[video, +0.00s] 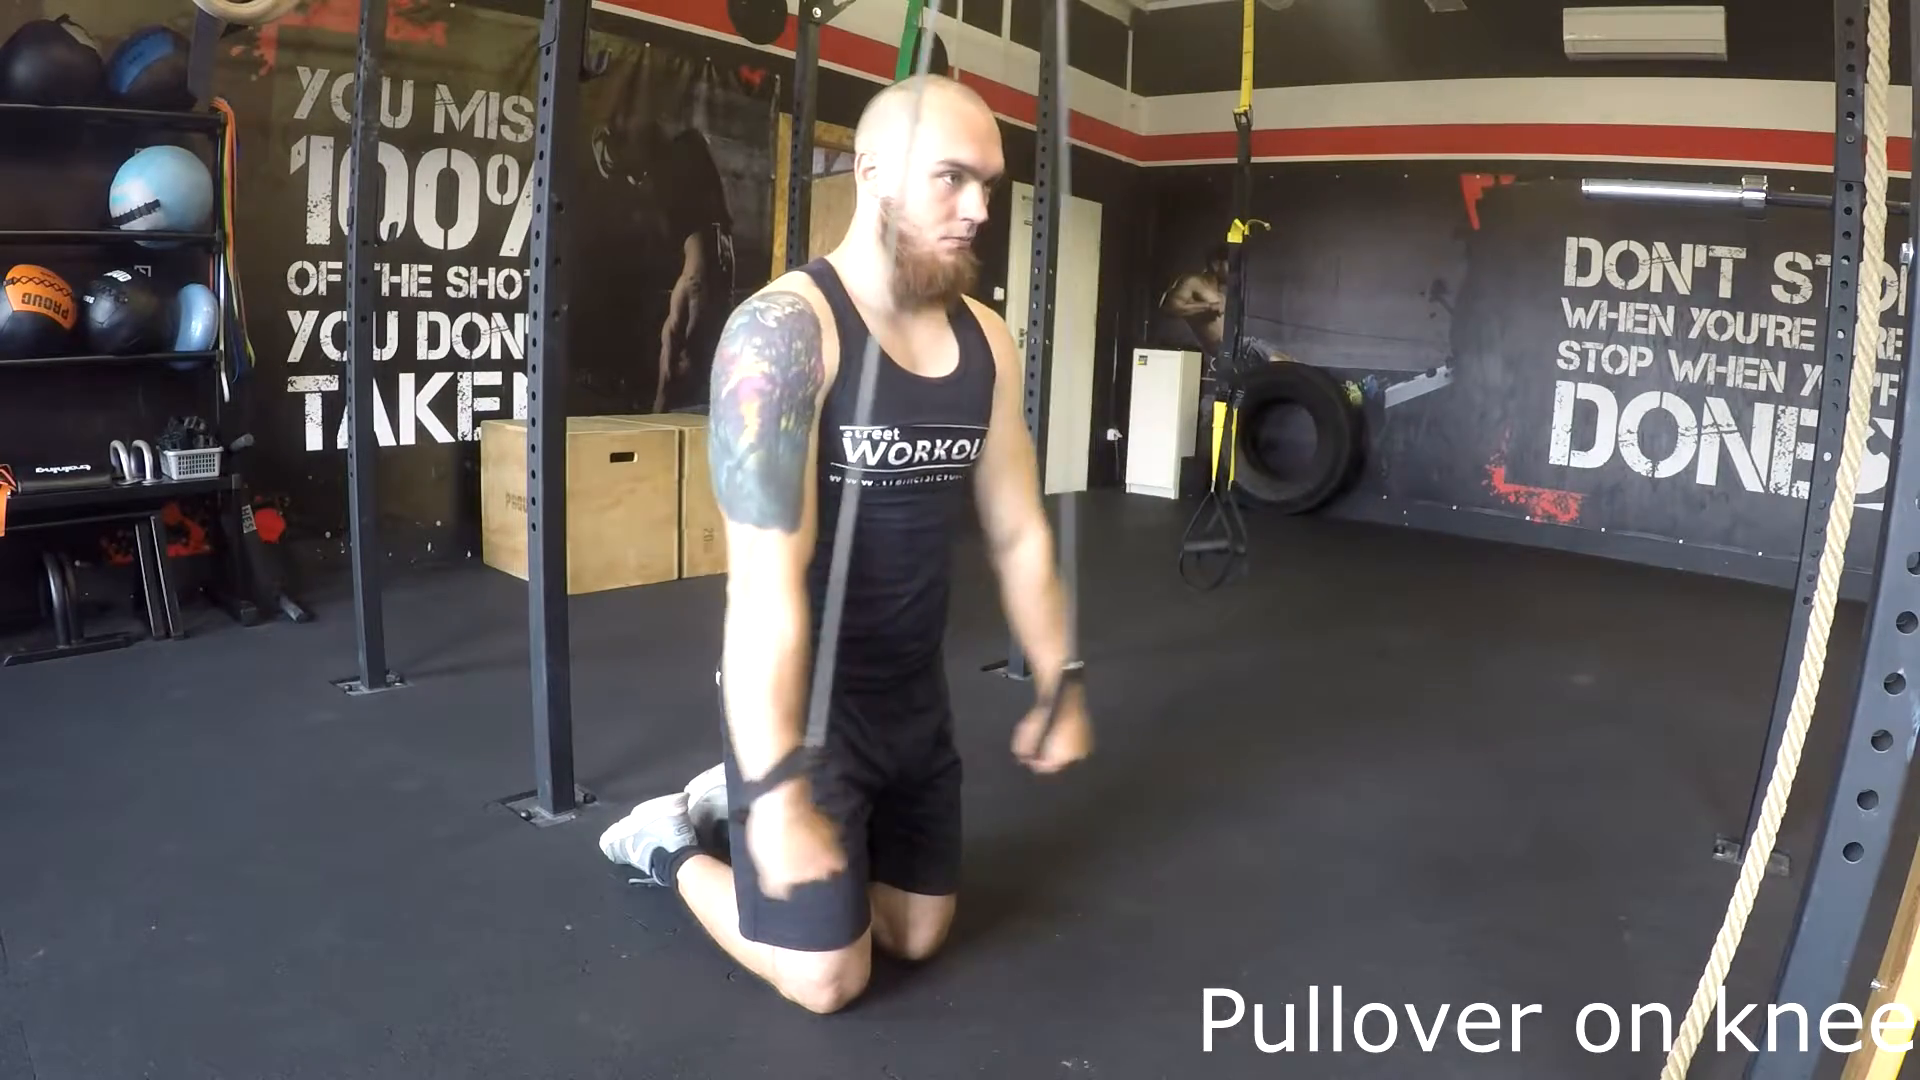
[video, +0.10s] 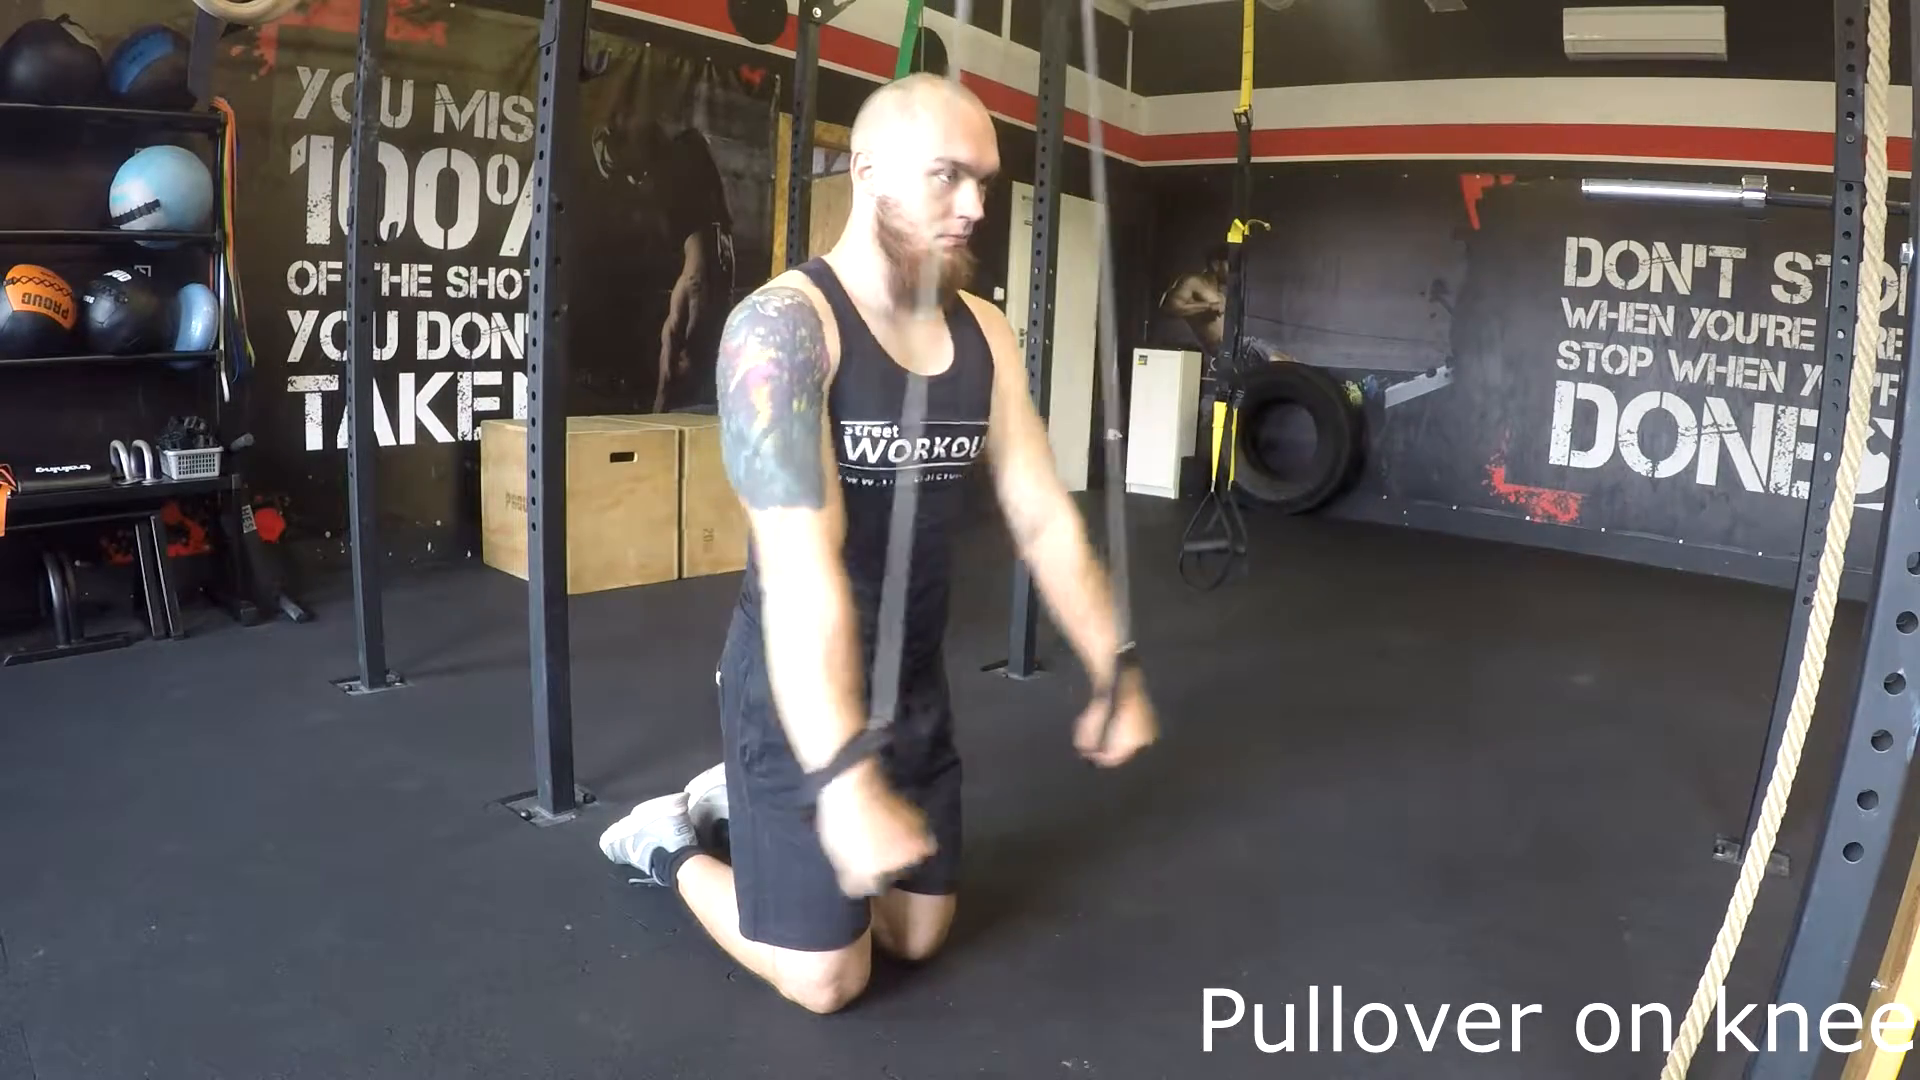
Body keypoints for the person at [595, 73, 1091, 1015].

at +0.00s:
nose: (977, 208)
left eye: (989, 184)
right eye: (951, 176)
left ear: (995, 193)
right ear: (871, 174)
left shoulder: (985, 338)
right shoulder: (781, 333)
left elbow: (1019, 530)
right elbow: (765, 582)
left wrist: (1058, 676)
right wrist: (780, 787)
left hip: (913, 697)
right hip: (804, 704)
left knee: (916, 932)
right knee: (825, 979)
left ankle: (732, 807)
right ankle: (672, 855)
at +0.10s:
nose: (973, 207)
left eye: (984, 182)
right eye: (948, 177)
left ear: (992, 189)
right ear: (869, 176)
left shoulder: (986, 333)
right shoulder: (782, 328)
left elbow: (1042, 513)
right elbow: (799, 569)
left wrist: (1114, 666)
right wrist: (845, 773)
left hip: (912, 678)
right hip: (798, 686)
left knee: (915, 931)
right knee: (824, 979)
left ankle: (744, 804)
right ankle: (670, 852)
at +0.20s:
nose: (969, 207)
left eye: (980, 181)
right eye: (943, 174)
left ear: (987, 191)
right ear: (863, 175)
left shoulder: (978, 325)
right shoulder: (780, 325)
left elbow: (1064, 486)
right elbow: (846, 537)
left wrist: (1168, 640)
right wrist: (937, 727)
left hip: (921, 676)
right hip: (798, 685)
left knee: (915, 933)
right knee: (822, 978)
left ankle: (754, 806)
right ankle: (669, 851)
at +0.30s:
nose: (966, 209)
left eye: (977, 185)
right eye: (942, 179)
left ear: (985, 190)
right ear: (864, 176)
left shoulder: (974, 320)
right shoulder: (781, 315)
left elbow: (1083, 450)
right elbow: (894, 481)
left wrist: (1216, 580)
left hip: (910, 680)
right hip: (794, 684)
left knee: (913, 934)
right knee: (823, 980)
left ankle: (745, 806)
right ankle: (670, 853)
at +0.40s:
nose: (964, 212)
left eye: (976, 188)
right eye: (940, 180)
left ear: (982, 194)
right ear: (862, 177)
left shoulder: (971, 316)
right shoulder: (779, 307)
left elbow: (1091, 406)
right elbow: (938, 414)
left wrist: (1237, 496)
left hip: (909, 682)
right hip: (793, 685)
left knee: (914, 931)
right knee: (823, 978)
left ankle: (739, 816)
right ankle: (672, 856)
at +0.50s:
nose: (960, 214)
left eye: (974, 191)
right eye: (936, 182)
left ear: (979, 196)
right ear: (857, 172)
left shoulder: (967, 312)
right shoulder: (776, 291)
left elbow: (1096, 370)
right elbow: (927, 328)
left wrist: (1257, 415)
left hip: (908, 680)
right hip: (790, 682)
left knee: (915, 933)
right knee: (822, 979)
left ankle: (744, 804)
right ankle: (671, 856)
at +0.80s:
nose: (968, 217)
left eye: (983, 194)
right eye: (945, 186)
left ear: (986, 197)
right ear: (865, 174)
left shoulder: (961, 302)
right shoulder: (784, 293)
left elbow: (1054, 356)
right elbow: (953, 336)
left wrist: (1266, 372)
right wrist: (1197, 351)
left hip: (909, 681)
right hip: (793, 684)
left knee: (916, 932)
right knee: (822, 980)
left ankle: (745, 806)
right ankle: (676, 854)